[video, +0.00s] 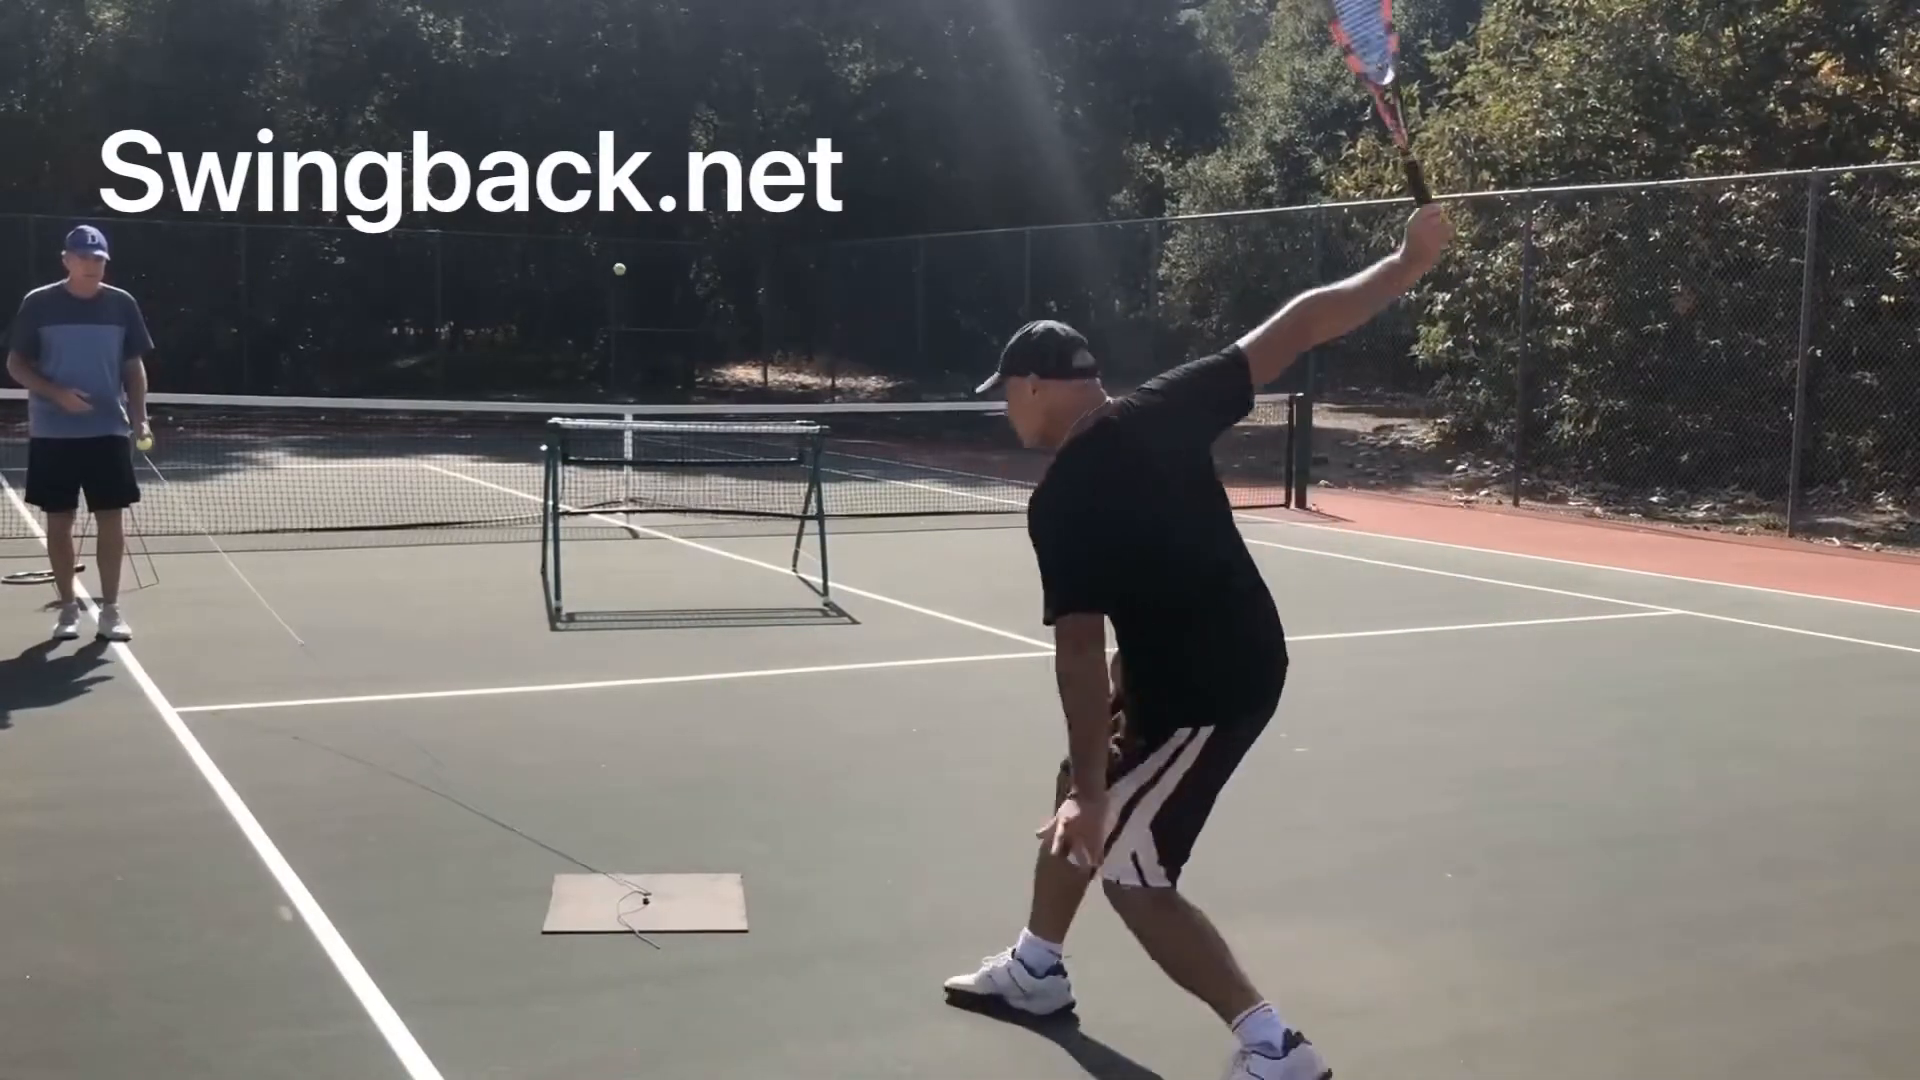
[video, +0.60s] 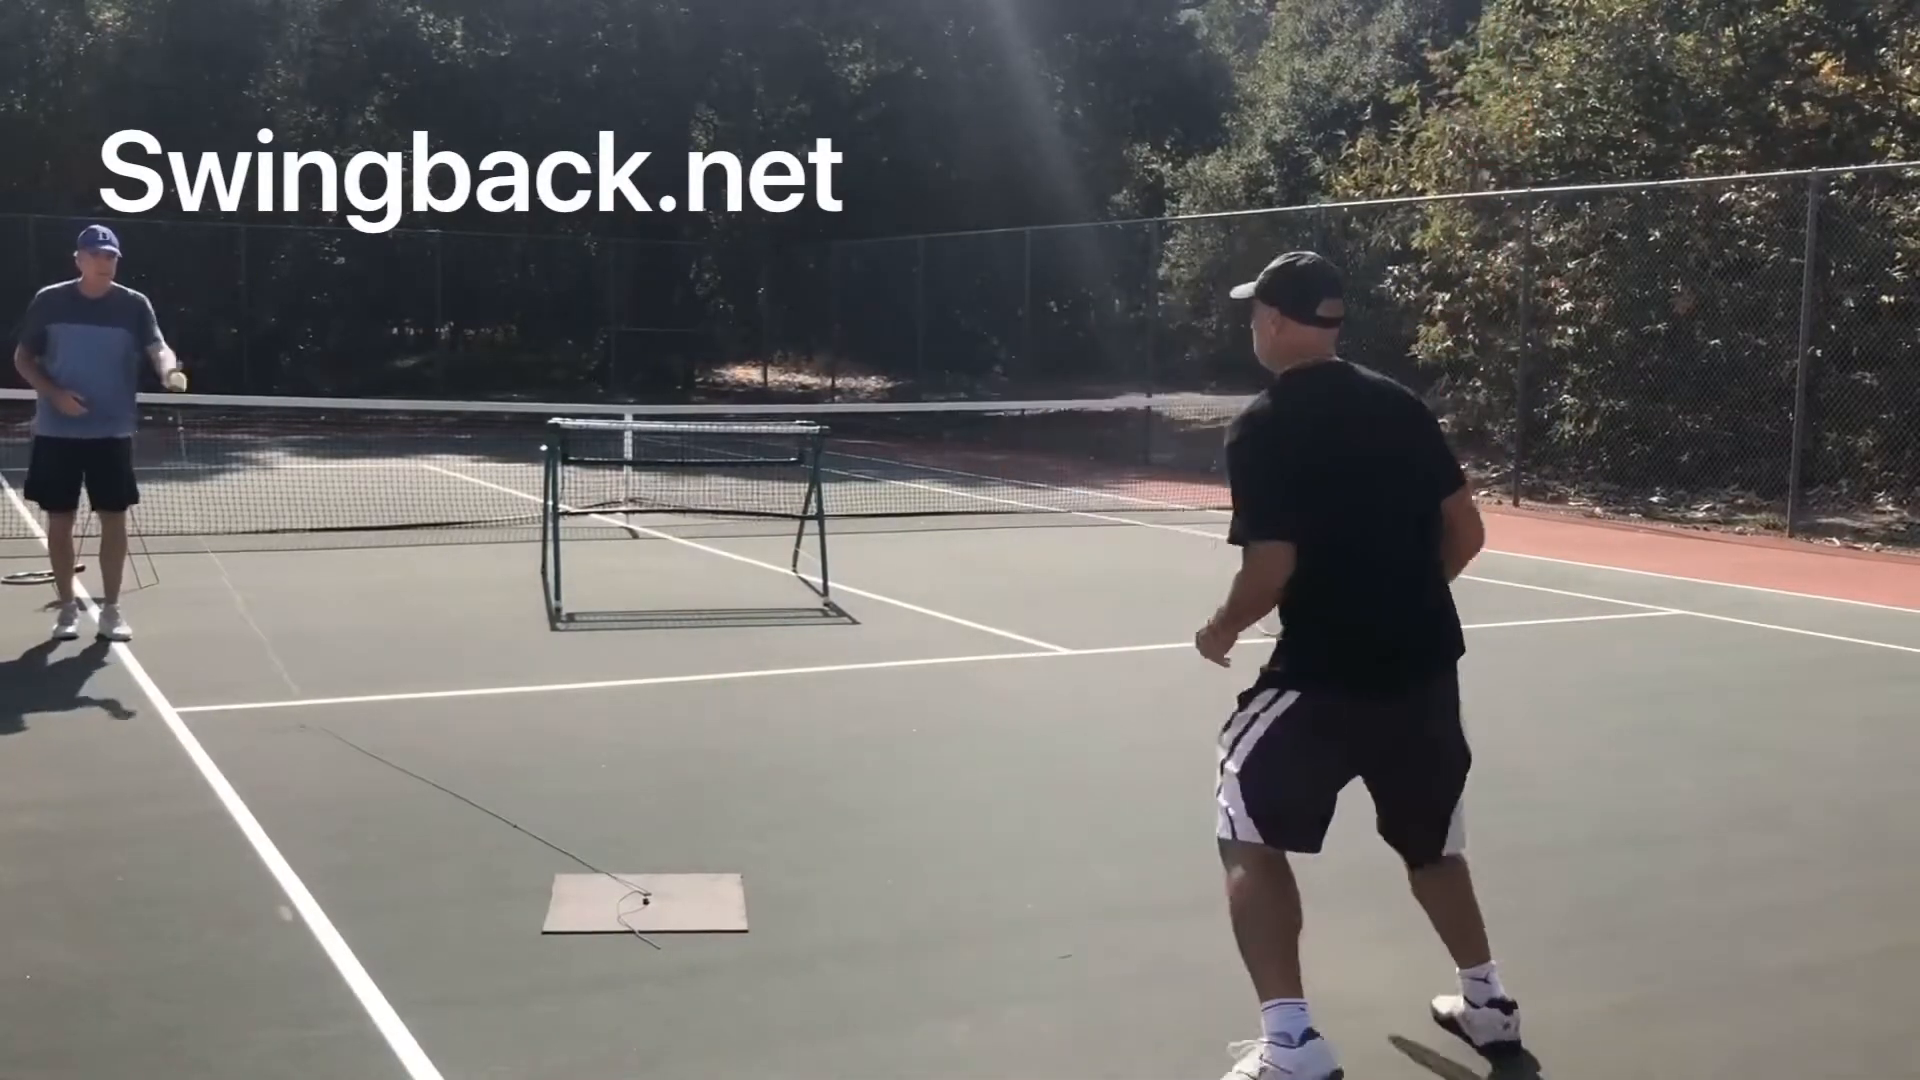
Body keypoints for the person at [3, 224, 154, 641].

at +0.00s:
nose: (91, 267)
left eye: (97, 260)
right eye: (83, 259)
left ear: (106, 263)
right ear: (66, 259)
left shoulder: (121, 304)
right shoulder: (38, 303)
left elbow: (134, 364)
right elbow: (16, 363)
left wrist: (139, 417)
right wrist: (56, 393)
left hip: (108, 435)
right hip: (53, 437)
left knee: (110, 519)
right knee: (59, 521)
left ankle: (110, 609)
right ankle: (69, 607)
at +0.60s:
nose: (103, 263)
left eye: (109, 256)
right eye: (95, 256)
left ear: (117, 260)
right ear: (79, 258)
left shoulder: (135, 304)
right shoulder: (49, 301)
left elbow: (158, 348)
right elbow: (23, 357)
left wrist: (169, 369)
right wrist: (54, 393)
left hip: (112, 435)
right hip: (58, 435)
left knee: (114, 520)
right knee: (60, 520)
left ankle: (110, 609)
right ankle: (68, 607)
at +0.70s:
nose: (111, 254)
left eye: (115, 247)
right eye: (102, 247)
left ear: (121, 254)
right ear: (82, 253)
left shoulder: (137, 294)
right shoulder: (52, 296)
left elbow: (161, 314)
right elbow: (27, 353)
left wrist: (184, 323)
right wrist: (54, 387)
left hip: (113, 428)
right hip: (59, 429)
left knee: (114, 516)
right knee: (60, 515)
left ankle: (112, 609)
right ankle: (67, 605)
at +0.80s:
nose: (108, 248)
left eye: (115, 241)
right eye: (101, 240)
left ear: (123, 249)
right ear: (84, 247)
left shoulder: (135, 288)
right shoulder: (55, 292)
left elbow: (154, 305)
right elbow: (29, 351)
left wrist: (168, 304)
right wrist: (55, 384)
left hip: (113, 423)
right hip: (60, 424)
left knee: (115, 513)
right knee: (60, 513)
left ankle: (113, 608)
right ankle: (65, 605)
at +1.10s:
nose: (108, 256)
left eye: (114, 249)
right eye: (101, 248)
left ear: (122, 256)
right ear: (83, 253)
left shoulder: (134, 297)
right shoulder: (52, 296)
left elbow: (149, 332)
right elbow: (24, 353)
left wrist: (132, 339)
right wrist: (47, 387)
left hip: (112, 430)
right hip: (56, 429)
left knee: (115, 519)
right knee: (48, 516)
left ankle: (112, 610)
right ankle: (34, 608)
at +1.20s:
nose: (103, 260)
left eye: (109, 253)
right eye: (96, 252)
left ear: (115, 258)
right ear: (76, 255)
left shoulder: (130, 301)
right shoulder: (45, 297)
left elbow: (144, 346)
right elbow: (18, 354)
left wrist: (134, 370)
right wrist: (42, 389)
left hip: (107, 432)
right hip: (51, 431)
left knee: (113, 519)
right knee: (40, 517)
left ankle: (112, 609)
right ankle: (19, 609)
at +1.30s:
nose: (93, 264)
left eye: (99, 257)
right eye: (86, 255)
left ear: (105, 260)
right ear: (65, 256)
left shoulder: (119, 304)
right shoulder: (34, 300)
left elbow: (135, 360)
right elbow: (9, 359)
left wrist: (134, 406)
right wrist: (36, 395)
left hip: (102, 434)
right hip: (44, 435)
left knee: (109, 520)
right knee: (32, 521)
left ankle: (112, 609)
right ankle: (10, 612)